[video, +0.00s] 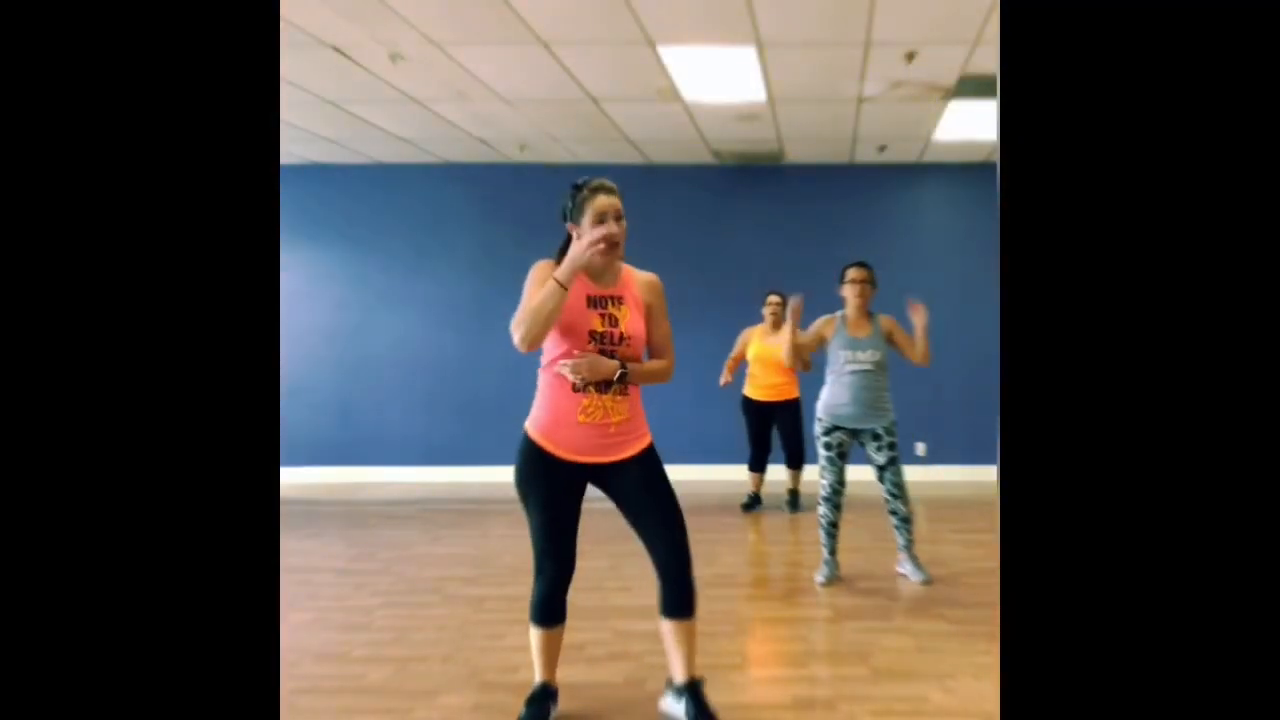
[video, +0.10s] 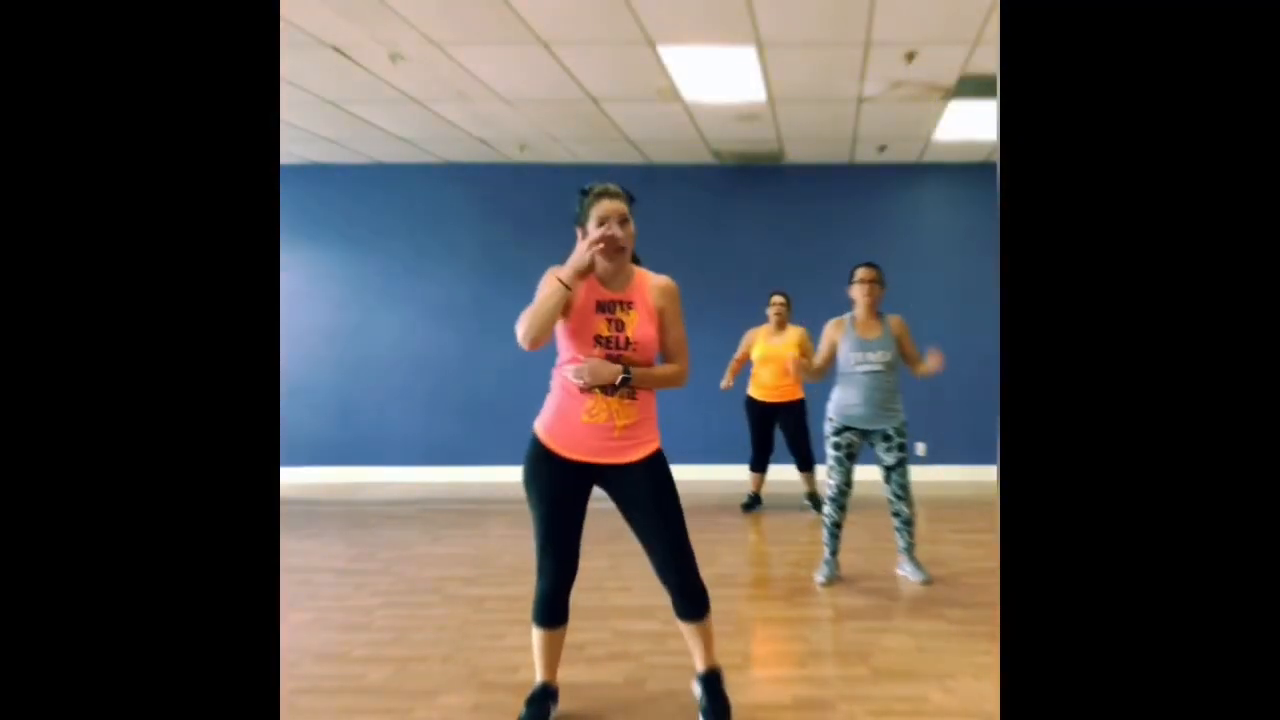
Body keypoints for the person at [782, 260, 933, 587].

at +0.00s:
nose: (858, 288)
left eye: (864, 283)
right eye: (852, 282)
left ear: (873, 289)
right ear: (842, 289)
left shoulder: (885, 324)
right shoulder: (828, 324)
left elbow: (920, 358)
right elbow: (796, 357)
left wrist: (920, 327)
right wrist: (793, 324)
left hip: (877, 420)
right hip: (834, 419)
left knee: (894, 488)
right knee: (831, 491)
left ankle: (906, 557)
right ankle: (828, 560)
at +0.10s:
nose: (867, 288)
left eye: (873, 282)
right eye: (861, 282)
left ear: (882, 290)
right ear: (850, 290)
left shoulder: (895, 326)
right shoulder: (836, 327)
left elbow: (916, 365)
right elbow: (818, 370)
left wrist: (930, 364)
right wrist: (803, 366)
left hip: (888, 421)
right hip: (844, 421)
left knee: (900, 491)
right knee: (838, 491)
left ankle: (907, 558)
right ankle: (829, 560)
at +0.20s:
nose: (877, 288)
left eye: (883, 282)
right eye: (870, 282)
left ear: (892, 289)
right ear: (860, 290)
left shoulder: (904, 325)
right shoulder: (846, 328)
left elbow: (921, 366)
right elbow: (837, 372)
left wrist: (932, 390)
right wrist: (826, 399)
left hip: (899, 421)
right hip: (855, 421)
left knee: (907, 491)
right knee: (844, 490)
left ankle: (908, 558)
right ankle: (831, 559)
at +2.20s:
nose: (878, 285)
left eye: (884, 279)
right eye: (872, 280)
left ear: (892, 287)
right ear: (861, 286)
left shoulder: (904, 325)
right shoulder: (845, 324)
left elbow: (921, 369)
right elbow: (828, 370)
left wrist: (905, 392)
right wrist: (852, 400)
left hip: (894, 418)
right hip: (854, 418)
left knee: (893, 491)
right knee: (857, 490)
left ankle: (889, 557)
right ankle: (860, 558)